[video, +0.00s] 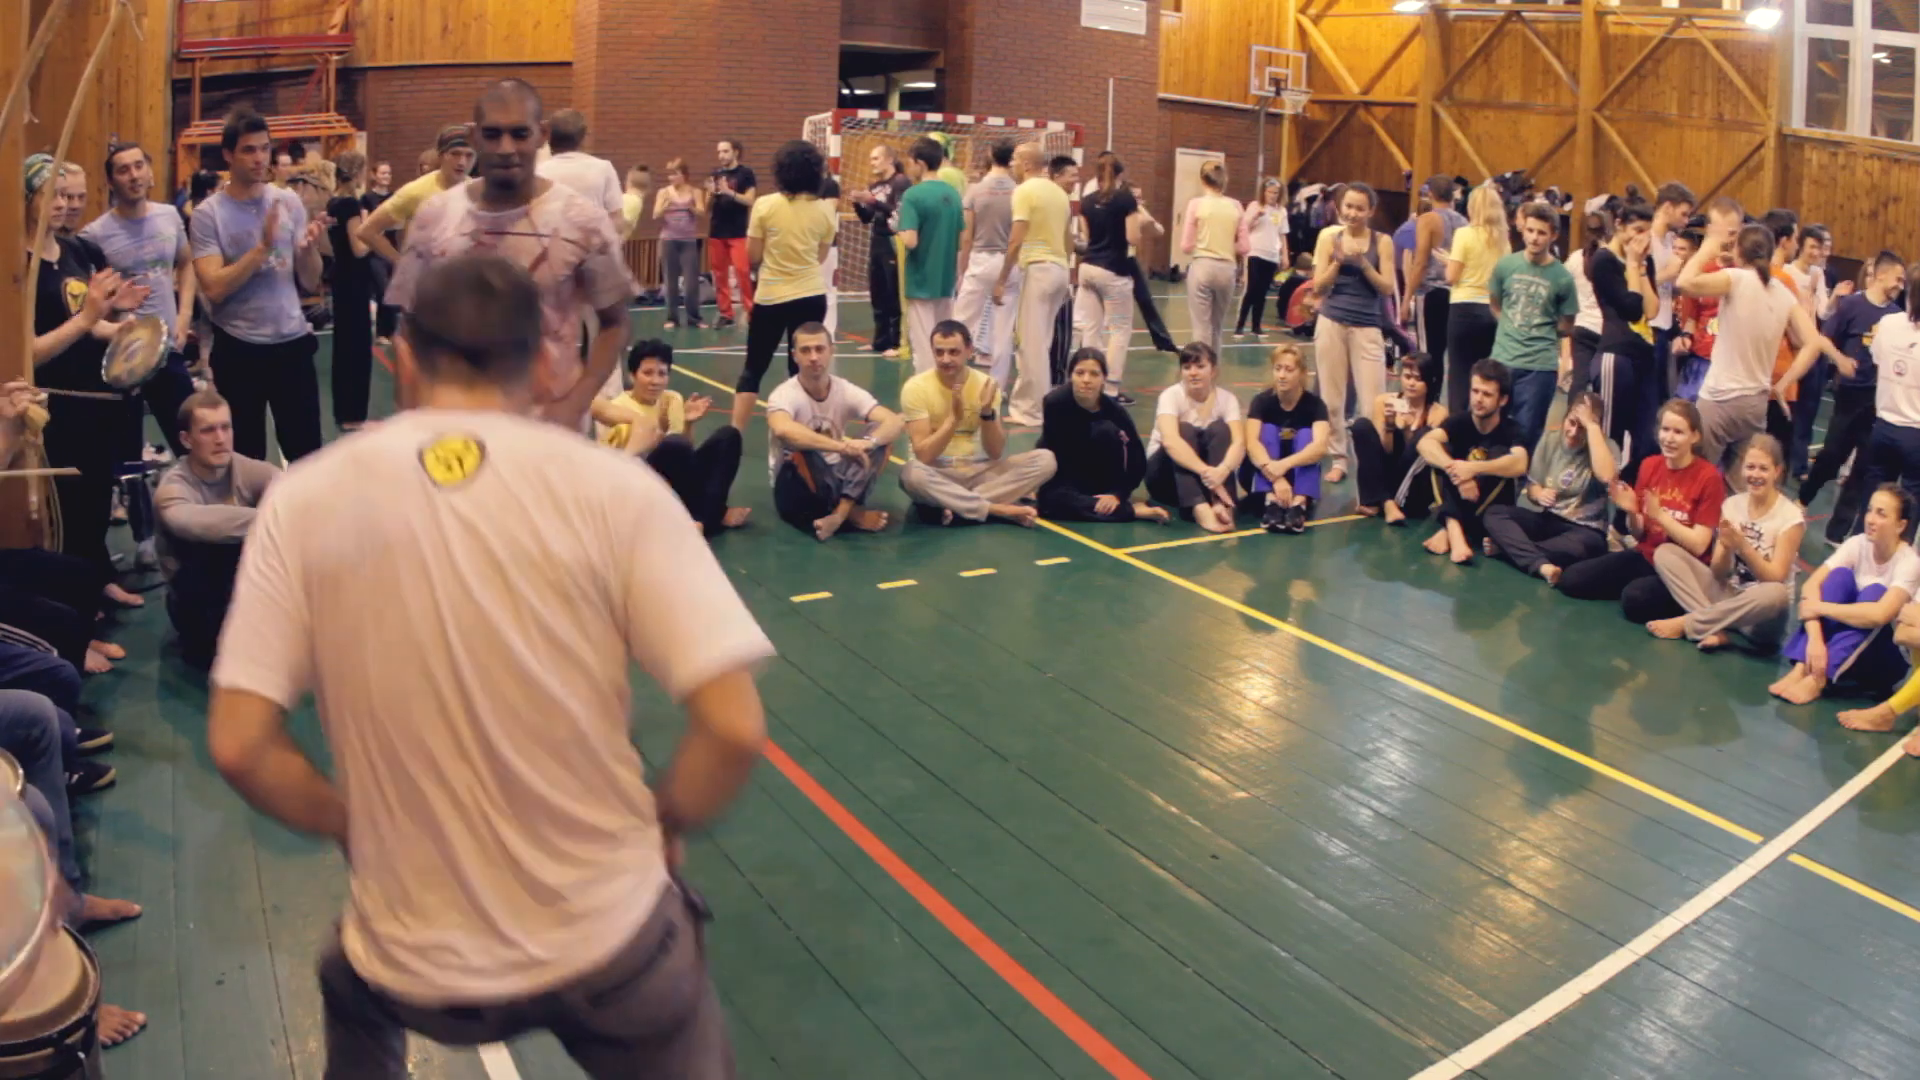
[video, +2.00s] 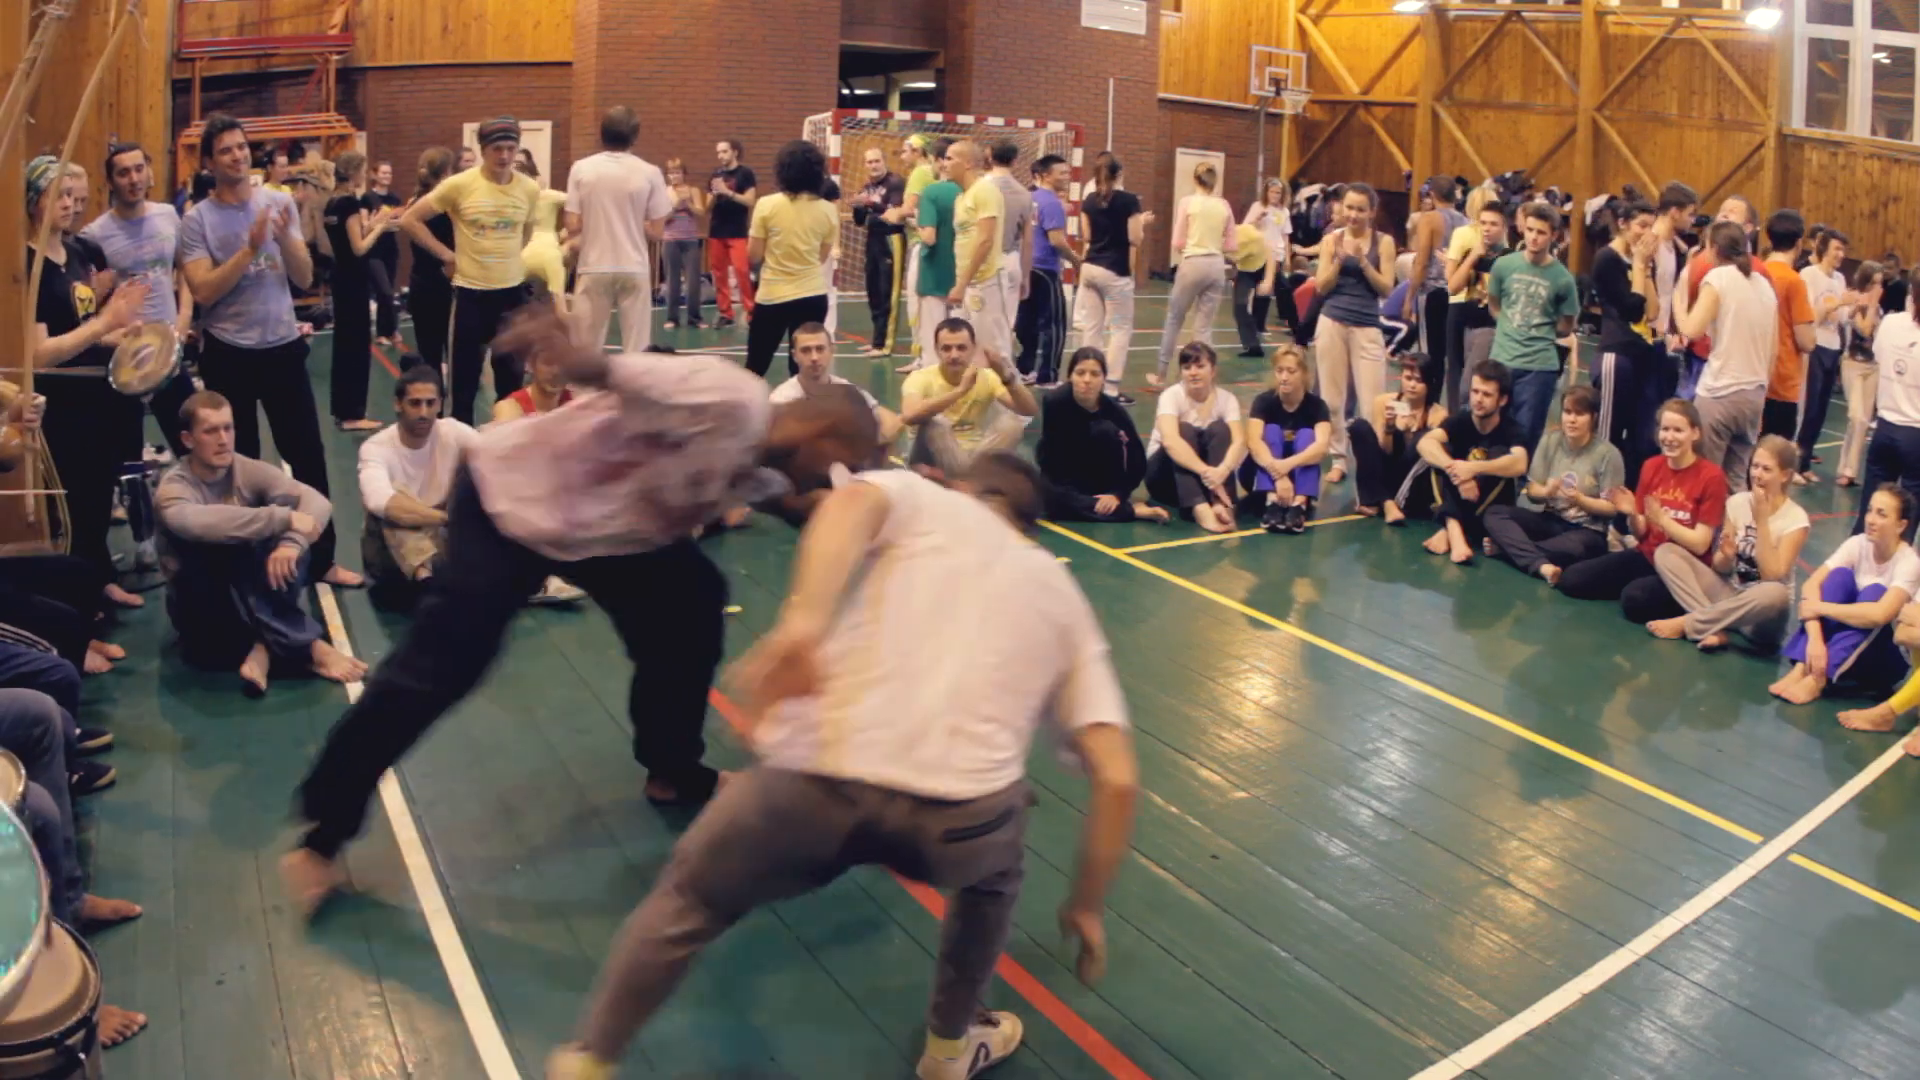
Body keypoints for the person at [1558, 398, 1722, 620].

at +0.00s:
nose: (1669, 438)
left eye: (1678, 432)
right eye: (1665, 429)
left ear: (1695, 437)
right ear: (1658, 431)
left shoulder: (1709, 477)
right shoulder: (1649, 465)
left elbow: (1698, 545)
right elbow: (1638, 533)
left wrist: (1660, 514)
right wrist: (1631, 511)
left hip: (1682, 567)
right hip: (1646, 556)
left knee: (1634, 601)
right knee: (1570, 581)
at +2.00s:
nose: (1669, 437)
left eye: (1678, 430)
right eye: (1665, 429)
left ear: (1695, 434)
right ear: (1657, 432)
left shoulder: (1712, 476)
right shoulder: (1651, 466)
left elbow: (1700, 544)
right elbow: (1640, 532)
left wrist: (1661, 519)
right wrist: (1632, 513)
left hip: (1683, 567)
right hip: (1647, 556)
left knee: (1634, 601)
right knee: (1570, 581)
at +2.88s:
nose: (1674, 437)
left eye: (1683, 431)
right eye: (1670, 428)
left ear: (1700, 434)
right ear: (1662, 430)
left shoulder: (1713, 475)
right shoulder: (1652, 465)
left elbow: (1698, 542)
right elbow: (1639, 533)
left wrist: (1653, 517)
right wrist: (1643, 516)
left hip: (1685, 564)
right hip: (1647, 555)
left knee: (1634, 599)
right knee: (1598, 575)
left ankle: (1693, 603)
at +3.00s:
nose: (1676, 435)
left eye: (1685, 429)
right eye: (1672, 427)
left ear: (1702, 434)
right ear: (1666, 428)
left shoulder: (1715, 476)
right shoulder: (1654, 466)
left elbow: (1700, 542)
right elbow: (1641, 533)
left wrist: (1659, 515)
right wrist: (1637, 515)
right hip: (1646, 557)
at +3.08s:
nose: (1678, 435)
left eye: (1687, 429)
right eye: (1675, 426)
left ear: (1704, 434)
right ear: (1669, 428)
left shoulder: (1716, 475)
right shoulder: (1654, 465)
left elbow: (1699, 541)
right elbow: (1639, 518)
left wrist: (1657, 513)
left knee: (1668, 551)